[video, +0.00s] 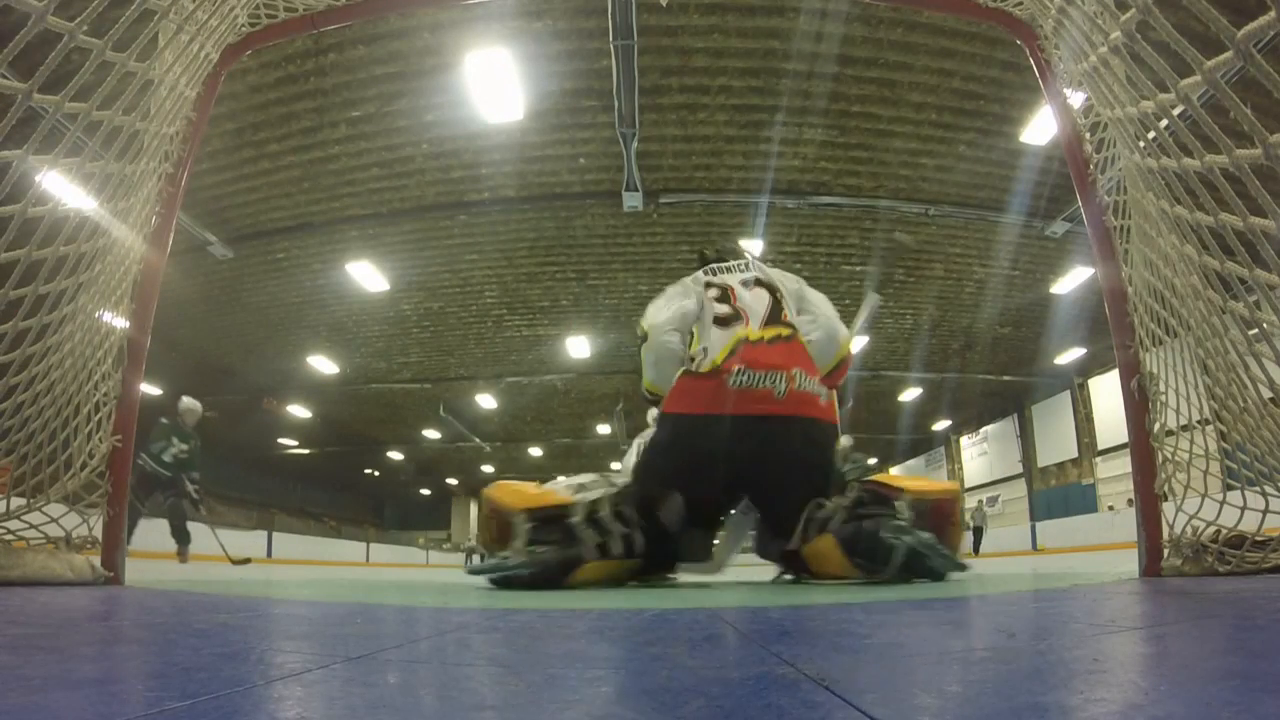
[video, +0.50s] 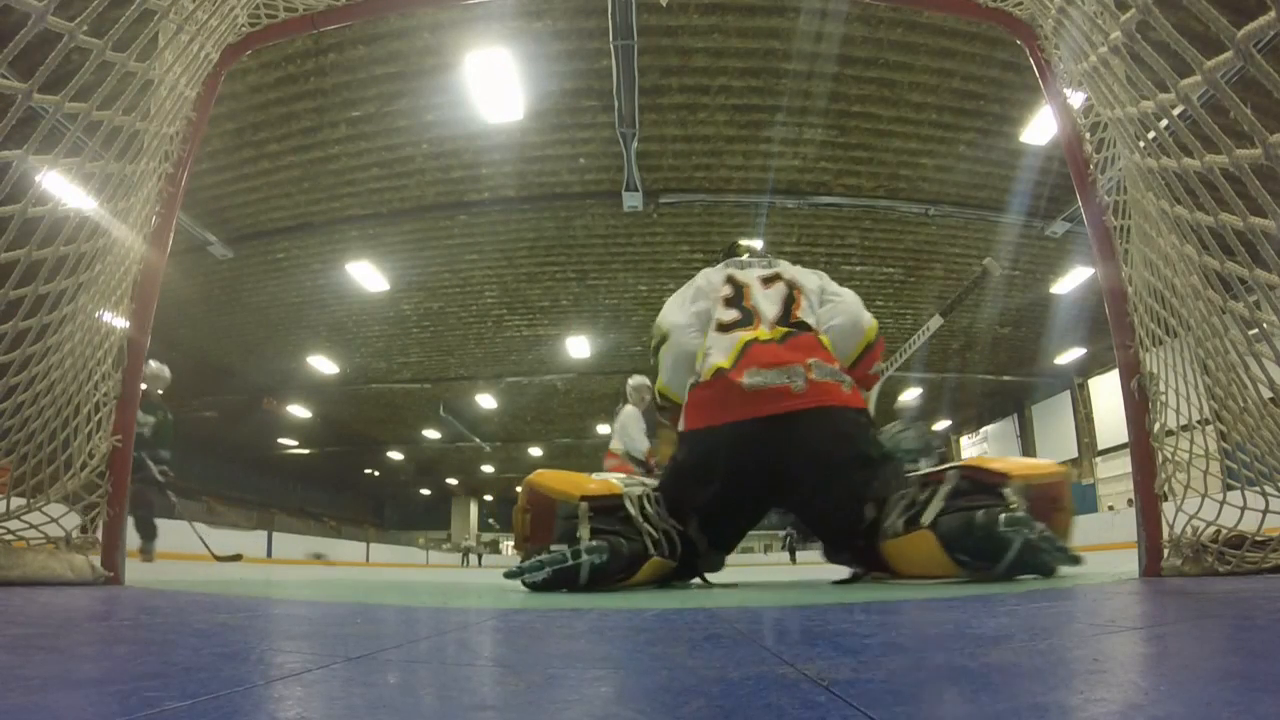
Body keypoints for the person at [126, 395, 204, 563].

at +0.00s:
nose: (194, 420)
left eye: (196, 417)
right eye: (192, 415)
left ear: (198, 417)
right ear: (182, 414)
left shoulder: (193, 440)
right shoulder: (164, 426)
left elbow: (192, 467)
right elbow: (153, 451)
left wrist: (194, 487)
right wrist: (174, 474)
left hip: (171, 477)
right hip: (149, 473)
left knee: (175, 506)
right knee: (134, 504)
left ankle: (182, 544)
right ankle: (122, 541)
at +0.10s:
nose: (189, 416)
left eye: (192, 413)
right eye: (187, 411)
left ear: (193, 413)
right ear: (178, 409)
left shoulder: (190, 436)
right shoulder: (159, 421)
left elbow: (190, 464)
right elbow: (151, 445)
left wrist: (191, 484)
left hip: (167, 475)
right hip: (144, 470)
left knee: (171, 504)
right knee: (130, 504)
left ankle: (178, 544)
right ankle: (118, 539)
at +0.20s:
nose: (180, 408)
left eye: (183, 404)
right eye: (177, 402)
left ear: (185, 405)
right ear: (166, 401)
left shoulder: (183, 431)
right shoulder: (148, 417)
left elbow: (183, 459)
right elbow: (134, 444)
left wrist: (182, 477)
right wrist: (159, 468)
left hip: (163, 473)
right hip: (137, 467)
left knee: (164, 504)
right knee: (118, 497)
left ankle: (169, 543)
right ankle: (111, 538)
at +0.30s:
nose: (171, 401)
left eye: (176, 398)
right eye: (169, 396)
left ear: (180, 401)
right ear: (161, 395)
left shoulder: (179, 428)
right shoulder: (144, 415)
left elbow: (179, 456)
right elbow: (126, 441)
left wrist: (177, 475)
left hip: (160, 472)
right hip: (132, 465)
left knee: (159, 501)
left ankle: (164, 543)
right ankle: (106, 539)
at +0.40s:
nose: (161, 391)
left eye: (166, 387)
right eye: (158, 385)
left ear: (170, 390)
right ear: (151, 384)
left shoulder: (169, 419)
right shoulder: (133, 406)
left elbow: (170, 449)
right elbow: (119, 432)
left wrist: (166, 464)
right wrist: (122, 455)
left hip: (152, 465)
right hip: (125, 460)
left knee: (147, 498)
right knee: (109, 493)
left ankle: (154, 540)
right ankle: (99, 535)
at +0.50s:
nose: (148, 387)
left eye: (153, 383)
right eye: (148, 381)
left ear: (160, 386)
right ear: (143, 382)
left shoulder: (162, 414)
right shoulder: (129, 404)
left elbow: (164, 447)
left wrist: (159, 461)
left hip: (146, 463)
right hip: (123, 459)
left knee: (141, 498)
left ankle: (148, 539)